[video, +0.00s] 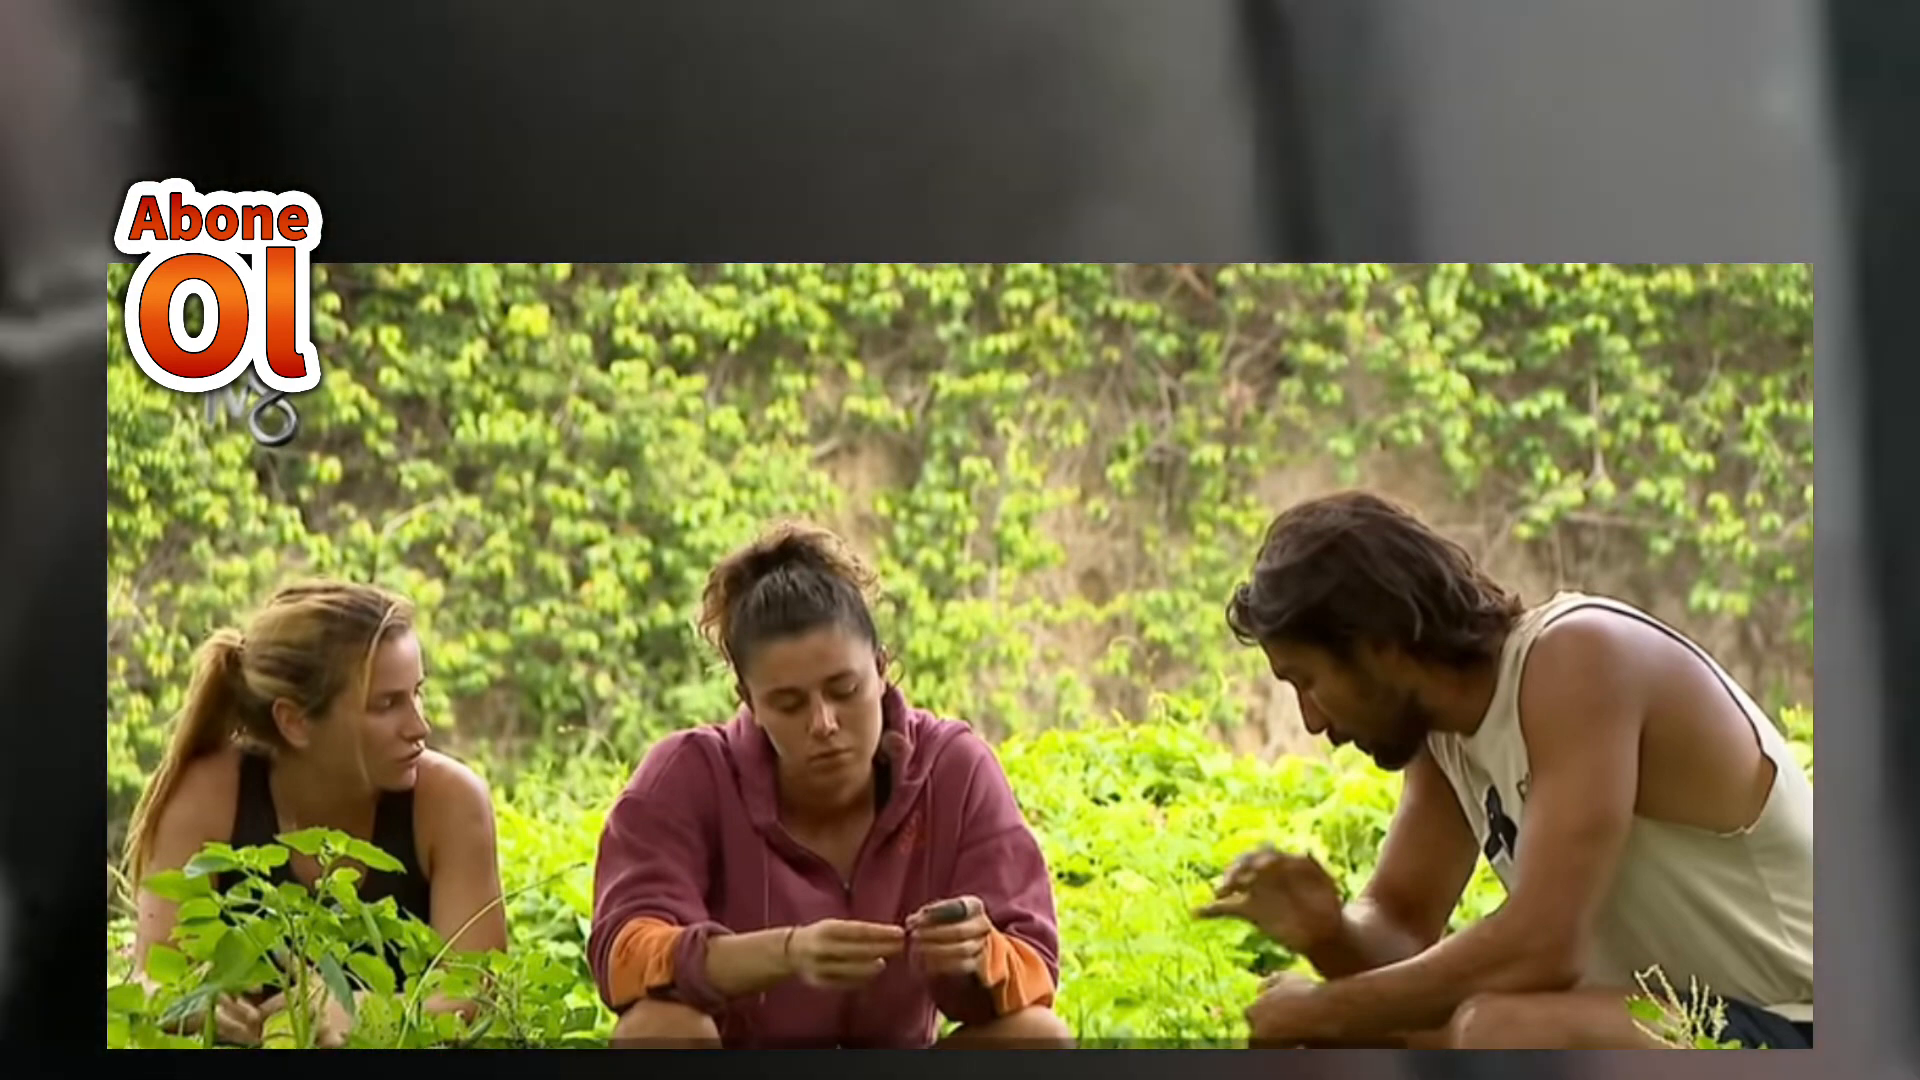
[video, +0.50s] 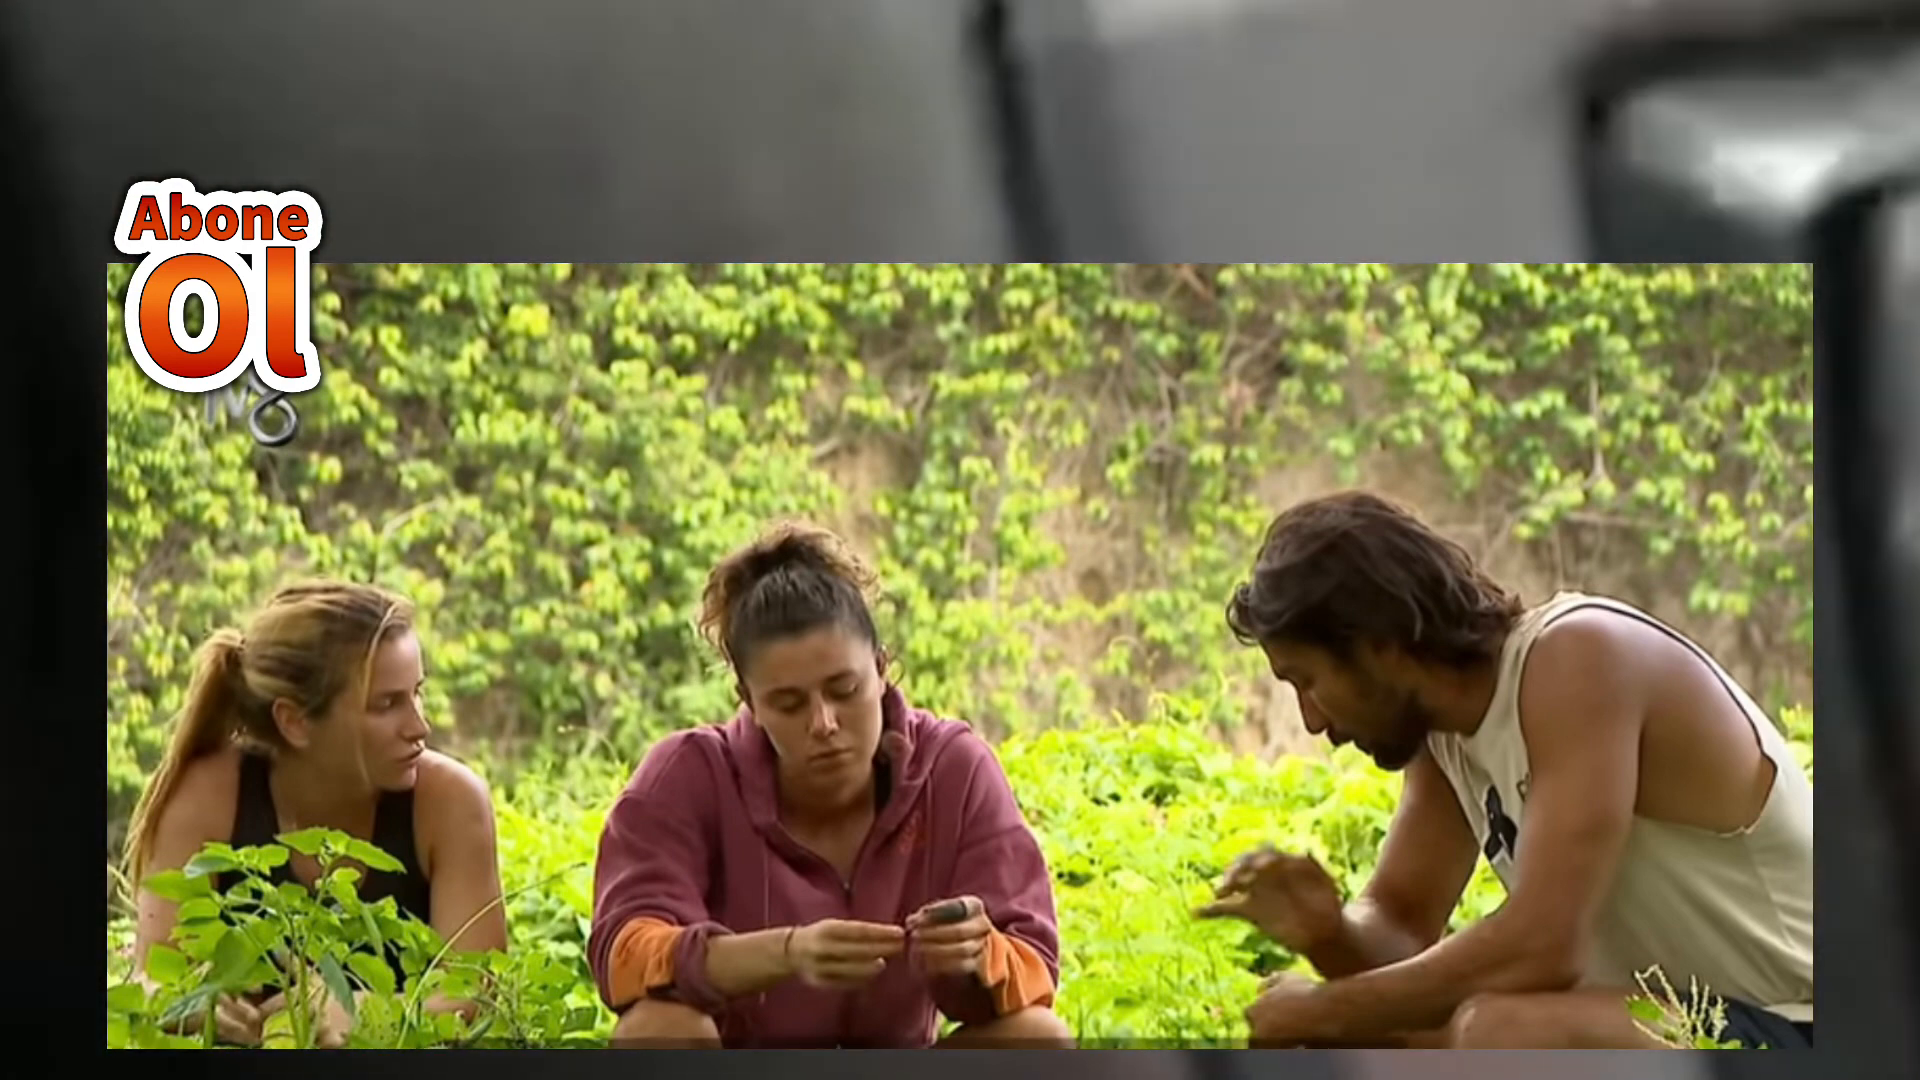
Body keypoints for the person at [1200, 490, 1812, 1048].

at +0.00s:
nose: (1311, 723)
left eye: (1306, 687)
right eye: (1295, 693)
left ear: (1384, 642)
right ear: (1384, 644)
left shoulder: (1584, 656)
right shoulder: (1450, 730)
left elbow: (1540, 950)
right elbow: (1403, 925)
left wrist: (1323, 1014)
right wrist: (1330, 934)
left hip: (1791, 1019)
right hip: (1656, 1005)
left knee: (1499, 1025)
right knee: (1370, 1028)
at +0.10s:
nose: (1310, 723)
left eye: (1306, 686)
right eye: (1295, 693)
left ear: (1385, 643)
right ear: (1385, 645)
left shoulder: (1584, 656)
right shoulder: (1451, 731)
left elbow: (1540, 950)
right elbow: (1403, 924)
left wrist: (1324, 1014)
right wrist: (1331, 933)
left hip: (1788, 1020)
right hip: (1659, 1004)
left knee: (1499, 1027)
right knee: (1378, 1027)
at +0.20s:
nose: (1310, 723)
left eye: (1306, 686)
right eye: (1295, 693)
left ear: (1385, 643)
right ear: (1385, 645)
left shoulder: (1584, 656)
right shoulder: (1451, 731)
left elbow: (1540, 950)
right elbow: (1402, 924)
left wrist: (1322, 1014)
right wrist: (1331, 933)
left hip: (1792, 1019)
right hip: (1660, 1004)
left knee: (1501, 1026)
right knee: (1375, 1032)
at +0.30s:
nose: (1310, 723)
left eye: (1306, 686)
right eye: (1295, 692)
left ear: (1385, 643)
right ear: (1385, 645)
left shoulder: (1584, 656)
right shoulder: (1451, 731)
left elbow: (1539, 950)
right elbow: (1402, 925)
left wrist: (1322, 1014)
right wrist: (1331, 933)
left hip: (1793, 1020)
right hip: (1658, 1005)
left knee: (1502, 1026)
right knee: (1364, 1034)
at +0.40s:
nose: (1310, 723)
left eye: (1306, 686)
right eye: (1295, 692)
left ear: (1385, 643)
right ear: (1385, 645)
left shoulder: (1584, 656)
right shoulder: (1451, 731)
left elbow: (1540, 950)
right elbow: (1402, 925)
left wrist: (1320, 1014)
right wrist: (1331, 933)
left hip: (1791, 1019)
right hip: (1656, 1004)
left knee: (1500, 1026)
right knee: (1362, 1034)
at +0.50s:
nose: (1310, 723)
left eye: (1305, 686)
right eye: (1295, 693)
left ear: (1385, 643)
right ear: (1385, 645)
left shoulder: (1584, 656)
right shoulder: (1451, 731)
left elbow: (1540, 950)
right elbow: (1403, 925)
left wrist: (1323, 1014)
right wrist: (1331, 933)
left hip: (1791, 1020)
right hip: (1659, 1004)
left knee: (1502, 1026)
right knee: (1375, 1032)